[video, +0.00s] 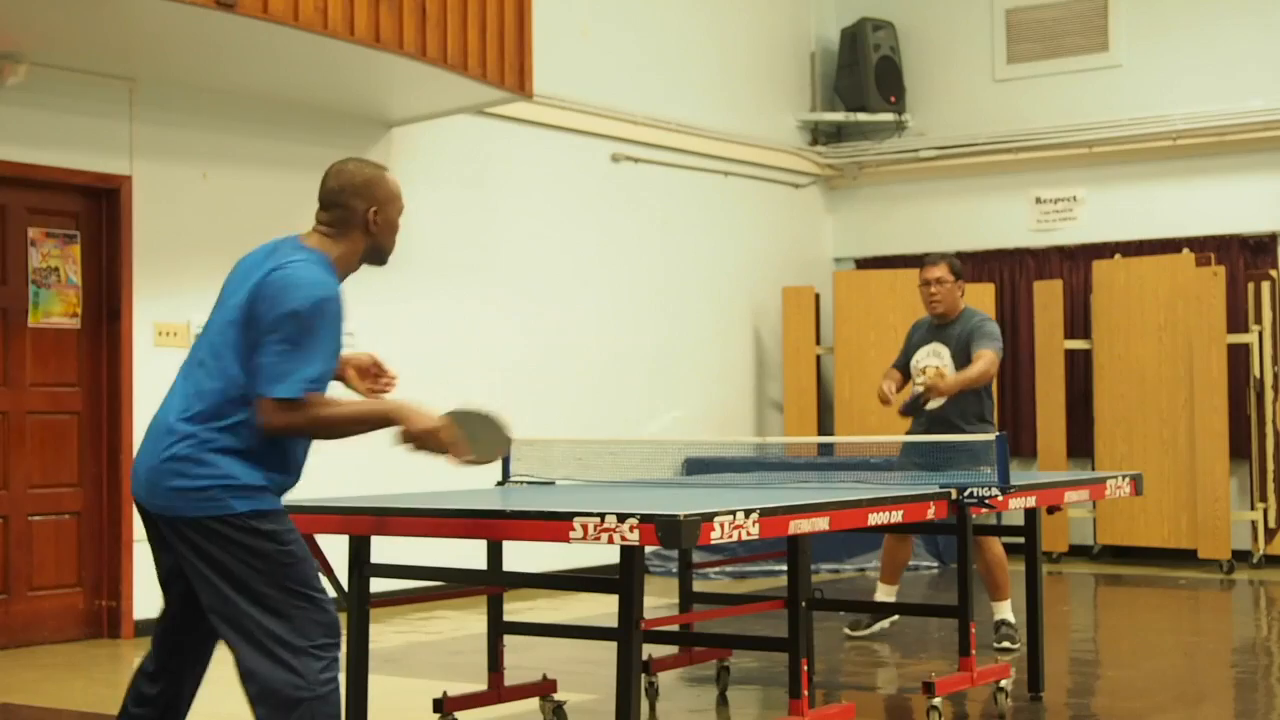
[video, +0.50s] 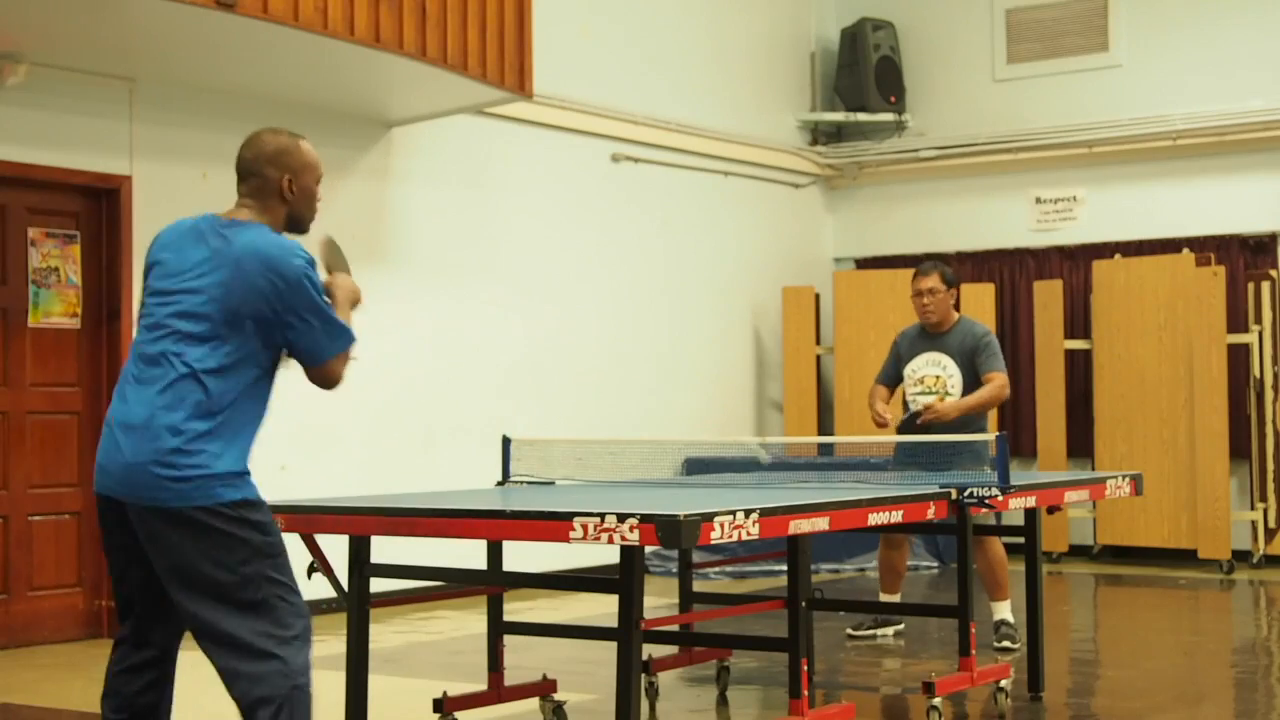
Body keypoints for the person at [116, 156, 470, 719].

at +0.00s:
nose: (399, 226)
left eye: (400, 214)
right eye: (396, 214)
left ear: (329, 212)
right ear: (370, 217)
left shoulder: (269, 260)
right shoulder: (309, 286)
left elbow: (253, 353)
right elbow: (280, 412)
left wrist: (338, 365)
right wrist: (395, 413)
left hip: (167, 477)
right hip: (216, 487)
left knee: (188, 627)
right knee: (307, 638)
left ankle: (142, 714)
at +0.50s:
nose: (319, 197)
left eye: (319, 185)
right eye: (315, 184)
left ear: (247, 182)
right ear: (286, 185)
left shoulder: (170, 238)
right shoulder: (283, 261)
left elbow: (180, 328)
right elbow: (329, 369)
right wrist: (343, 305)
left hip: (117, 474)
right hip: (199, 481)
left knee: (145, 632)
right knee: (275, 637)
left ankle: (127, 717)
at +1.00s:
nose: (344, 231)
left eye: (342, 219)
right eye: (336, 220)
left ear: (293, 224)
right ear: (304, 225)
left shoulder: (224, 276)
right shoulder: (241, 294)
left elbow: (197, 371)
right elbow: (212, 419)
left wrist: (288, 371)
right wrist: (319, 422)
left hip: (125, 491)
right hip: (168, 497)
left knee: (162, 633)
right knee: (275, 635)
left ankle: (110, 717)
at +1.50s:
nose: (340, 226)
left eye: (339, 214)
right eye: (336, 215)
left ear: (265, 218)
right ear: (313, 219)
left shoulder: (188, 269)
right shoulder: (316, 298)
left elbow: (135, 369)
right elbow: (380, 399)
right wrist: (427, 329)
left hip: (117, 490)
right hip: (208, 503)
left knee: (145, 620)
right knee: (317, 640)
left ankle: (104, 714)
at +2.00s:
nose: (351, 234)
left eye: (349, 221)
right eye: (341, 221)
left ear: (298, 227)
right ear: (304, 228)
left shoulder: (210, 269)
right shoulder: (254, 305)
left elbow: (192, 349)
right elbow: (245, 437)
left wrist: (268, 348)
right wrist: (338, 425)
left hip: (120, 490)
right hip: (176, 501)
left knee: (154, 632)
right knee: (275, 638)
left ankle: (94, 717)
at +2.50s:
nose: (341, 229)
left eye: (341, 218)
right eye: (338, 218)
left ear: (268, 217)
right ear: (313, 222)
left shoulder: (181, 266)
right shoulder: (314, 303)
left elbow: (124, 366)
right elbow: (351, 411)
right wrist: (399, 345)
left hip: (107, 486)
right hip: (194, 499)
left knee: (133, 627)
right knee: (296, 638)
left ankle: (88, 714)